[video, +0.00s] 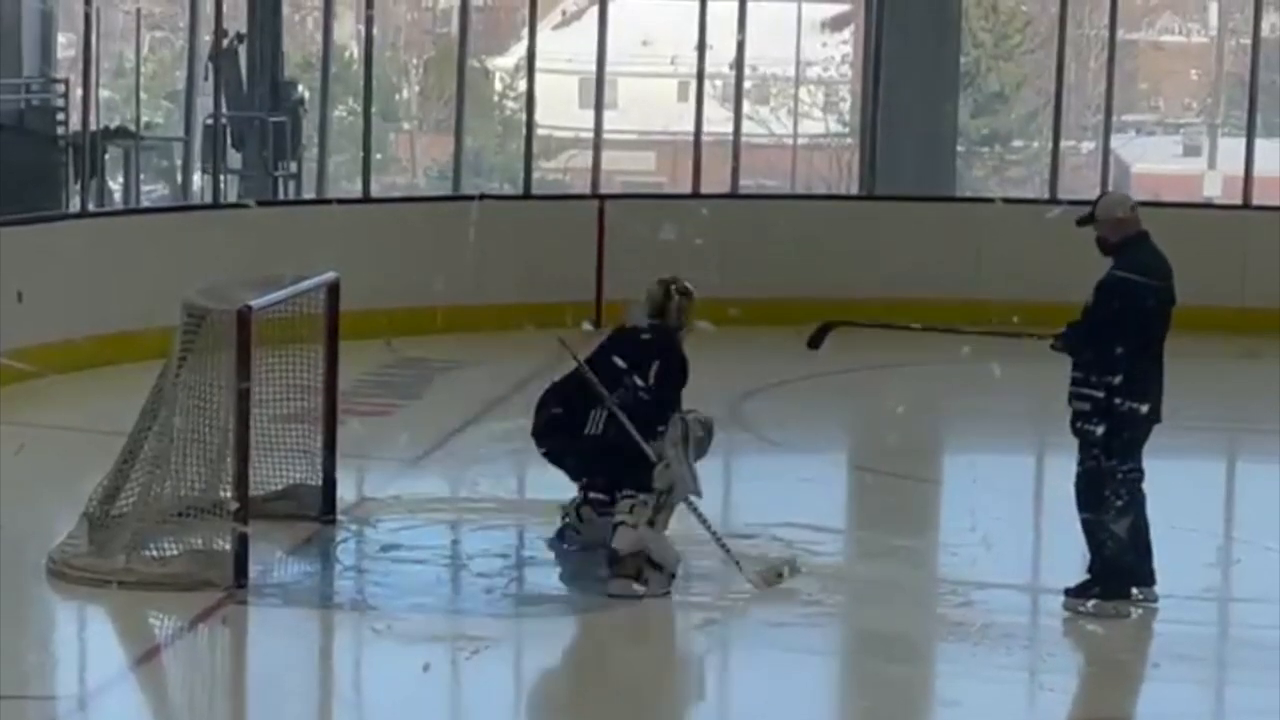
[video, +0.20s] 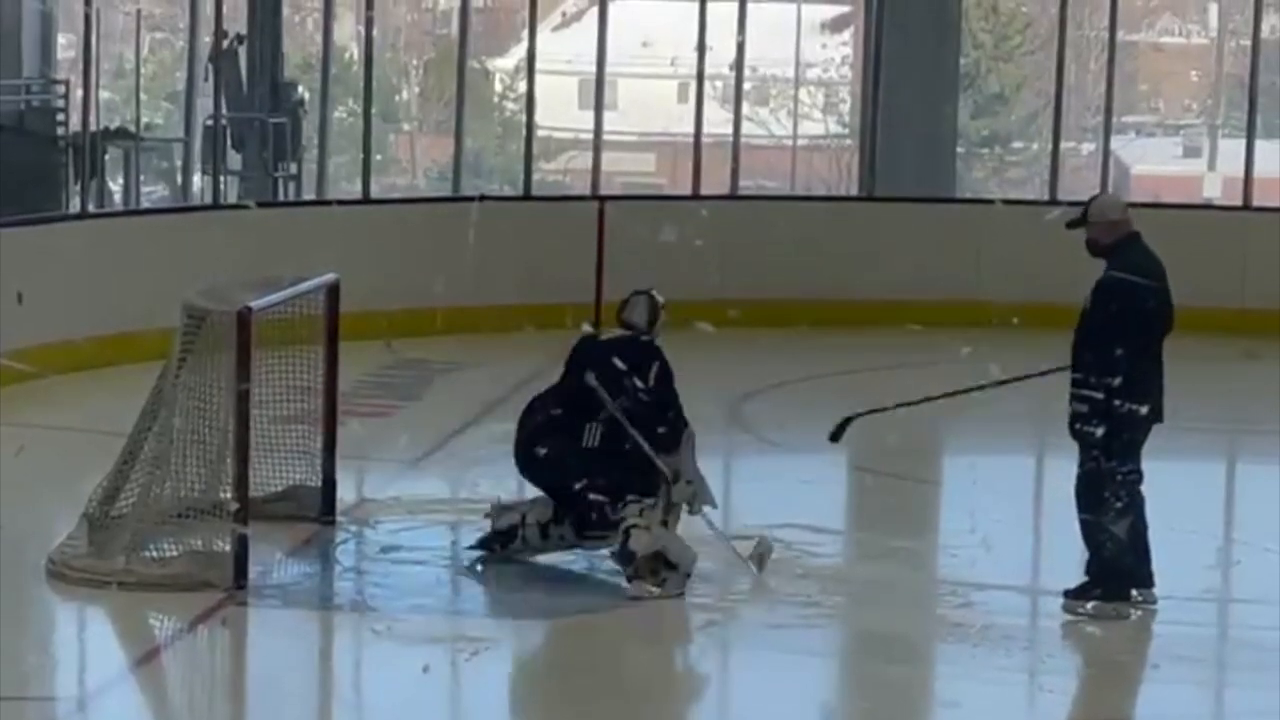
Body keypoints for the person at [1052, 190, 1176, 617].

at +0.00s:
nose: (1096, 236)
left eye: (1099, 228)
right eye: (1095, 228)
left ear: (1117, 226)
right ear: (1130, 223)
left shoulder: (1128, 272)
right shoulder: (1150, 265)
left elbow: (1103, 336)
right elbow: (1117, 328)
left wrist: (1069, 338)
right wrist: (1077, 334)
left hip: (1115, 404)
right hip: (1134, 401)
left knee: (1098, 489)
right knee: (1122, 487)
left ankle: (1111, 582)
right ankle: (1133, 575)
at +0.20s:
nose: (1085, 239)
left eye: (1089, 231)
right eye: (1085, 231)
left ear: (1107, 230)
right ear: (1118, 227)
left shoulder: (1121, 276)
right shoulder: (1143, 265)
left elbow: (1099, 352)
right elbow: (1141, 339)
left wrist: (1084, 411)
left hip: (1116, 406)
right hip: (1135, 401)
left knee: (1098, 493)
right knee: (1122, 489)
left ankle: (1108, 583)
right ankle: (1134, 577)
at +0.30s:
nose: (1077, 243)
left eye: (1082, 235)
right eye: (1077, 235)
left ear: (1102, 233)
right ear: (1108, 231)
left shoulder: (1120, 278)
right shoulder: (1130, 269)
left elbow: (1111, 354)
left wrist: (1088, 412)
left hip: (1117, 408)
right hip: (1128, 404)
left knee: (1098, 494)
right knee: (1119, 491)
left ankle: (1108, 586)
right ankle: (1132, 579)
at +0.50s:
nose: (1063, 256)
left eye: (1067, 247)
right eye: (1061, 248)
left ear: (1088, 243)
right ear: (1090, 243)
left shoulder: (1113, 287)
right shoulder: (1105, 279)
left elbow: (1111, 361)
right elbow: (1104, 356)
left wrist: (1091, 417)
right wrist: (1083, 407)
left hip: (1112, 413)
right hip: (1113, 410)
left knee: (1088, 494)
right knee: (1115, 494)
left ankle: (1094, 589)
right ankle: (1133, 581)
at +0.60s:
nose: (1055, 263)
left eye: (1059, 254)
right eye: (1053, 254)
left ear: (1079, 252)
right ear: (1080, 251)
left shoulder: (1114, 292)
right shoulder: (1088, 287)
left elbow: (1112, 366)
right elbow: (1074, 350)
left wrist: (1069, 396)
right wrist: (1054, 383)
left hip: (1110, 419)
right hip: (1089, 415)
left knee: (1079, 500)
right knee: (1109, 498)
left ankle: (1085, 591)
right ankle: (1133, 577)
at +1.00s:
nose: (1030, 262)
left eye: (1036, 256)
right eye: (1029, 255)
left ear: (1060, 254)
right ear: (1044, 254)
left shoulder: (1102, 298)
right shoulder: (1040, 287)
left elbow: (1105, 376)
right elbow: (1017, 345)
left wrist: (1090, 437)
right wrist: (983, 386)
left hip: (1077, 425)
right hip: (1038, 422)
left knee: (1056, 519)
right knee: (1054, 511)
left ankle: (1046, 615)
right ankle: (1075, 586)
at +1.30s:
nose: (1010, 264)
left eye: (1016, 256)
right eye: (1009, 256)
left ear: (1041, 256)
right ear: (1027, 255)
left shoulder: (1088, 305)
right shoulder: (1020, 293)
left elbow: (1093, 383)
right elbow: (987, 355)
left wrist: (1083, 441)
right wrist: (947, 395)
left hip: (1058, 440)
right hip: (1011, 435)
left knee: (1052, 535)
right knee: (1005, 527)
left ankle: (1045, 629)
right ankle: (1006, 601)